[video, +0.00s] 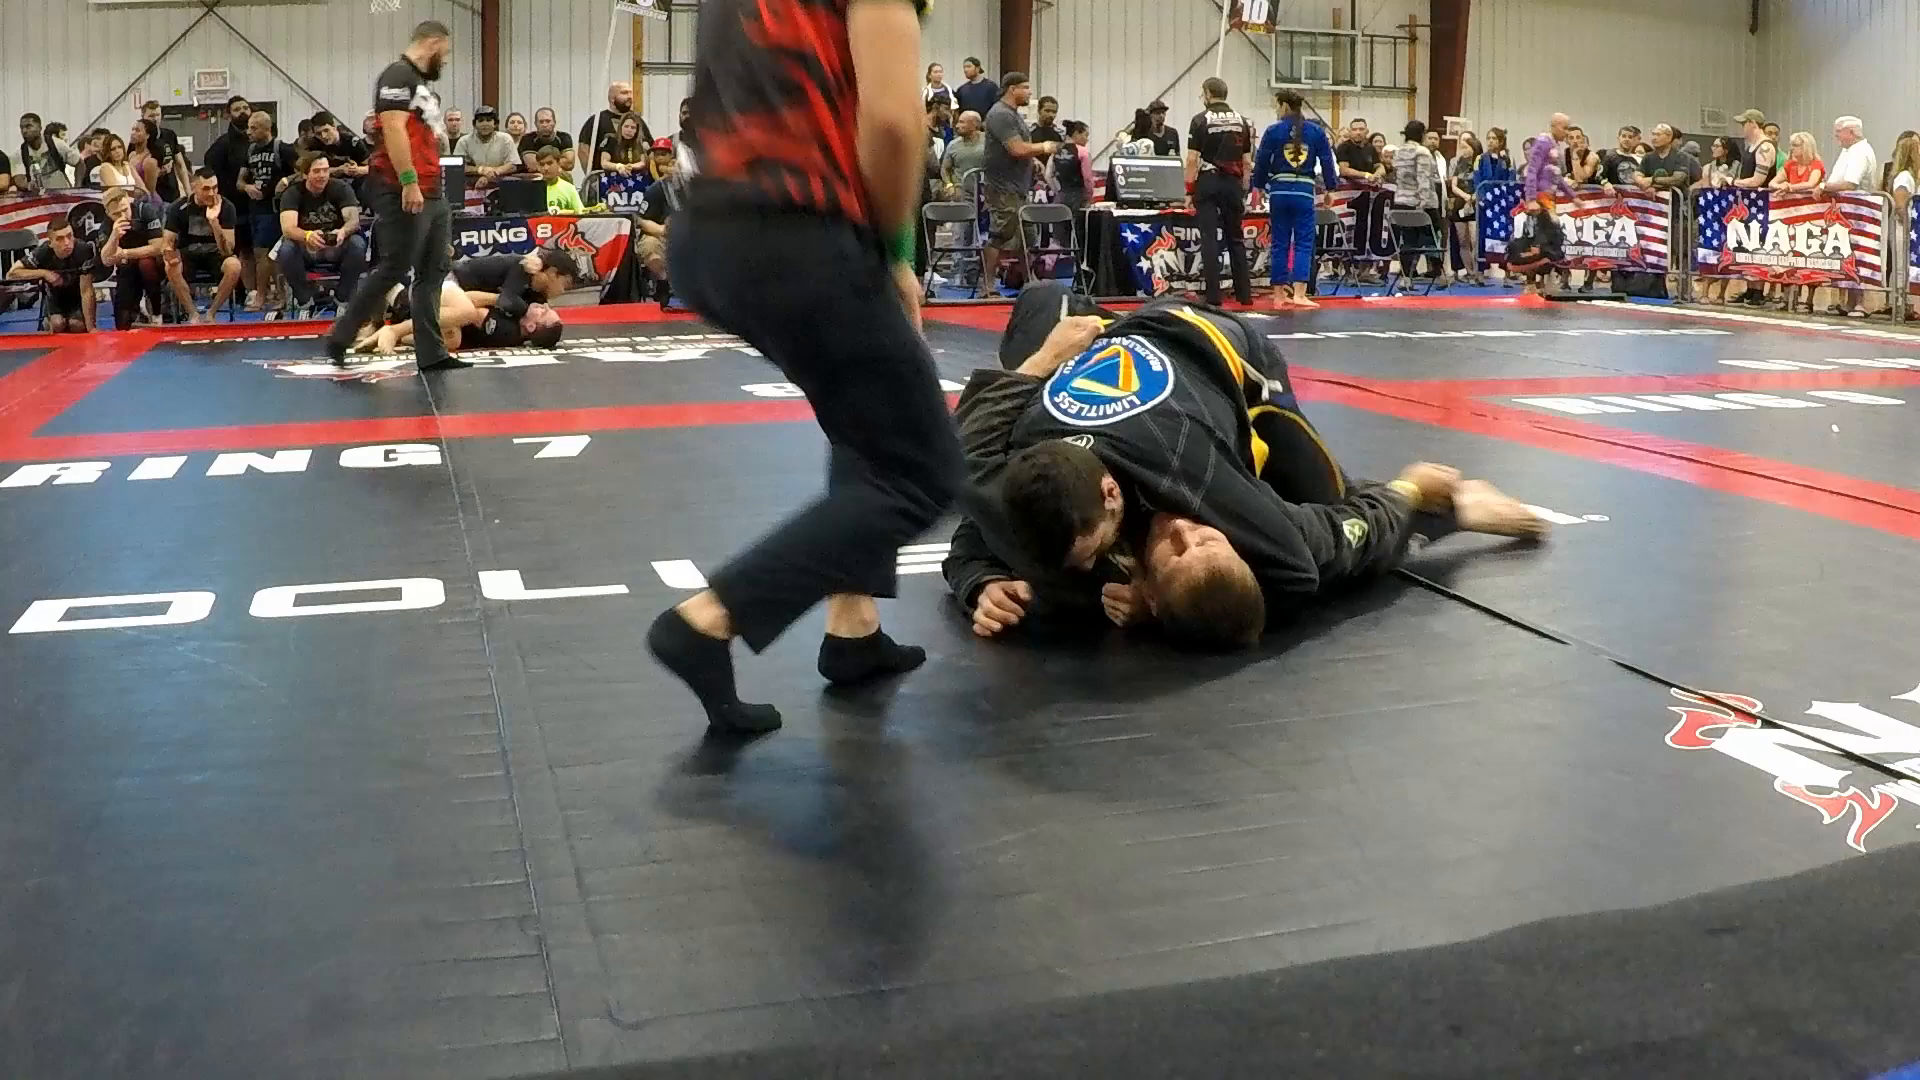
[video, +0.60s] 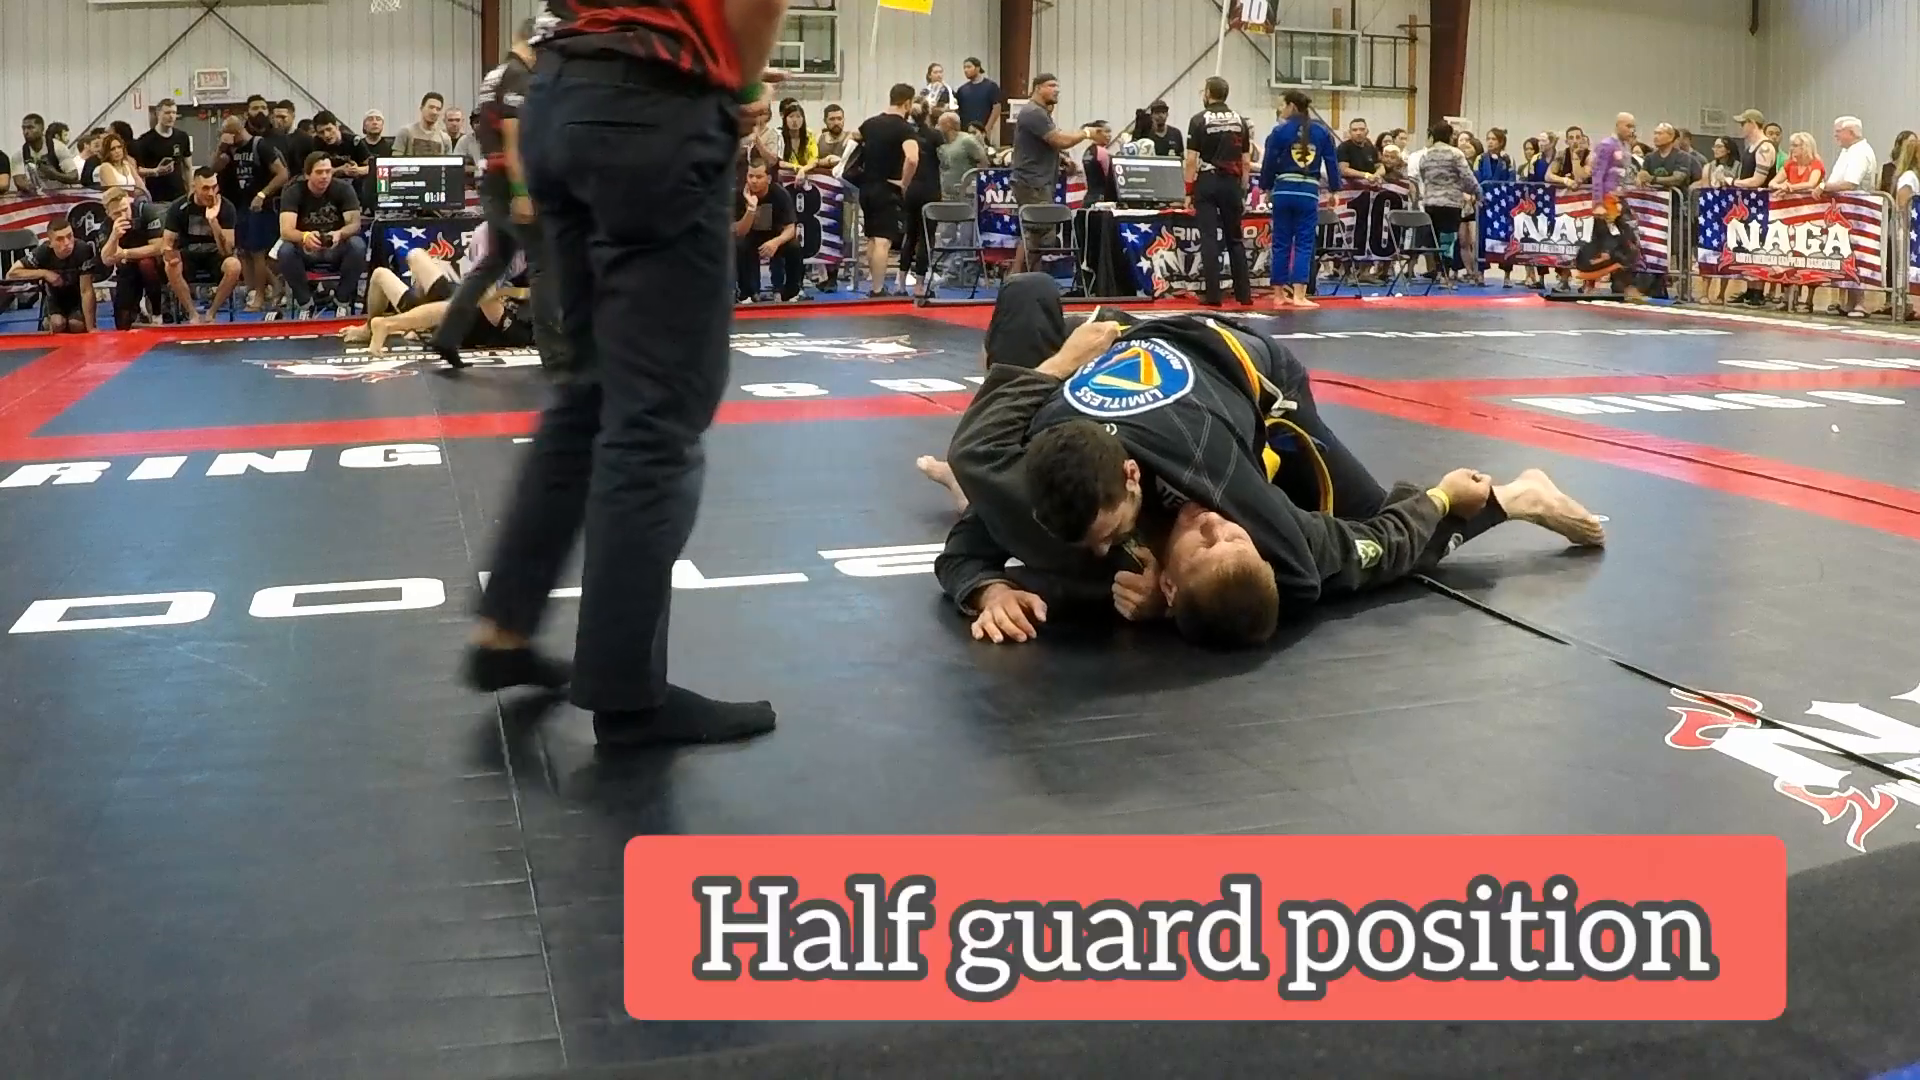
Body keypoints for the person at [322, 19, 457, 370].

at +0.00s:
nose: (445, 60)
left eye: (446, 53)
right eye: (445, 52)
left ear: (428, 43)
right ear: (432, 44)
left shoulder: (422, 85)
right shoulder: (398, 75)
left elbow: (423, 139)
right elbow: (393, 128)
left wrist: (432, 185)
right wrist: (409, 182)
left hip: (432, 194)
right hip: (404, 194)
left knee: (431, 274)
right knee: (392, 269)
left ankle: (431, 355)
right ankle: (339, 339)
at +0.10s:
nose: (456, 57)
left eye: (457, 51)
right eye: (455, 49)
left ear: (440, 42)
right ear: (443, 41)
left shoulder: (432, 81)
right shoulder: (411, 73)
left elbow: (432, 141)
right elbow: (402, 126)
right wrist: (414, 181)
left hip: (445, 193)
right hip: (423, 193)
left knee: (437, 271)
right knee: (421, 265)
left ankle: (431, 353)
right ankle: (368, 329)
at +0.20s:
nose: (474, 57)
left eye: (475, 51)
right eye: (473, 49)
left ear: (456, 41)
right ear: (462, 42)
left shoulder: (446, 79)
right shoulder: (427, 72)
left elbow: (452, 141)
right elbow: (417, 125)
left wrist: (466, 189)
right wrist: (424, 182)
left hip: (452, 187)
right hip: (438, 187)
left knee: (445, 264)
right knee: (448, 262)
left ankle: (431, 347)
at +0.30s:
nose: (490, 55)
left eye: (492, 50)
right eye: (490, 48)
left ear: (473, 41)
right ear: (480, 42)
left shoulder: (466, 79)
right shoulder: (447, 73)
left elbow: (467, 147)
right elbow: (434, 128)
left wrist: (496, 183)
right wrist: (438, 184)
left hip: (462, 187)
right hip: (456, 187)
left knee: (444, 269)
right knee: (480, 259)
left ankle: (431, 350)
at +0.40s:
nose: (507, 57)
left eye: (507, 52)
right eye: (507, 51)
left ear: (486, 43)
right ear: (498, 46)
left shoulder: (482, 81)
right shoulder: (468, 77)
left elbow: (488, 144)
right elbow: (455, 134)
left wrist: (516, 178)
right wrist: (459, 187)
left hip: (476, 188)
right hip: (474, 189)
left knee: (450, 271)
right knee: (502, 263)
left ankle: (431, 351)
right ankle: (535, 343)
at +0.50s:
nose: (525, 59)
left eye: (525, 53)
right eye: (525, 52)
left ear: (502, 45)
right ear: (515, 47)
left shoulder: (493, 78)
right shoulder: (493, 78)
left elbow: (501, 146)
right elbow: (483, 138)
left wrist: (527, 182)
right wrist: (488, 191)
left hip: (485, 190)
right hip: (498, 192)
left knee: (465, 269)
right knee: (528, 266)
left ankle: (435, 348)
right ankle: (553, 350)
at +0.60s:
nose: (548, 59)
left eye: (549, 52)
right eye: (547, 51)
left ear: (523, 42)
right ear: (535, 46)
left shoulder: (499, 74)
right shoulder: (518, 75)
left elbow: (492, 135)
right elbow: (511, 135)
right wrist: (520, 190)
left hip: (496, 182)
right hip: (510, 184)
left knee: (496, 259)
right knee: (545, 259)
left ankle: (448, 336)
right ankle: (553, 346)